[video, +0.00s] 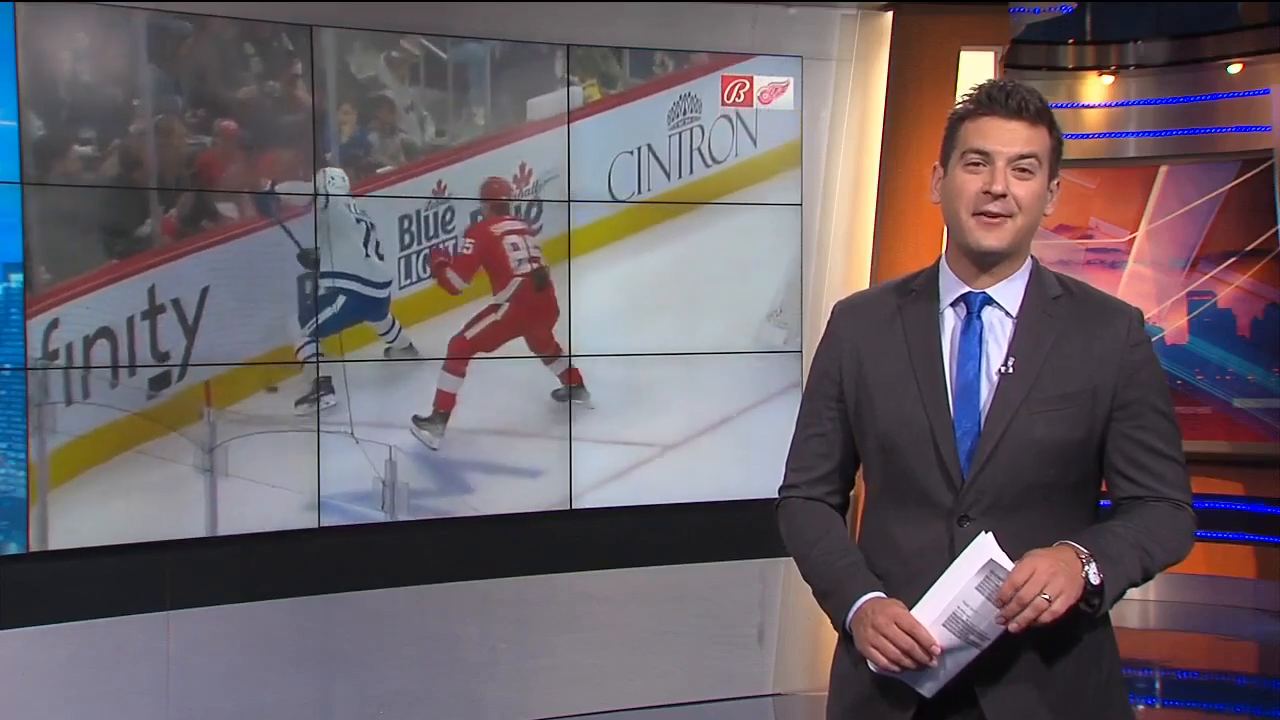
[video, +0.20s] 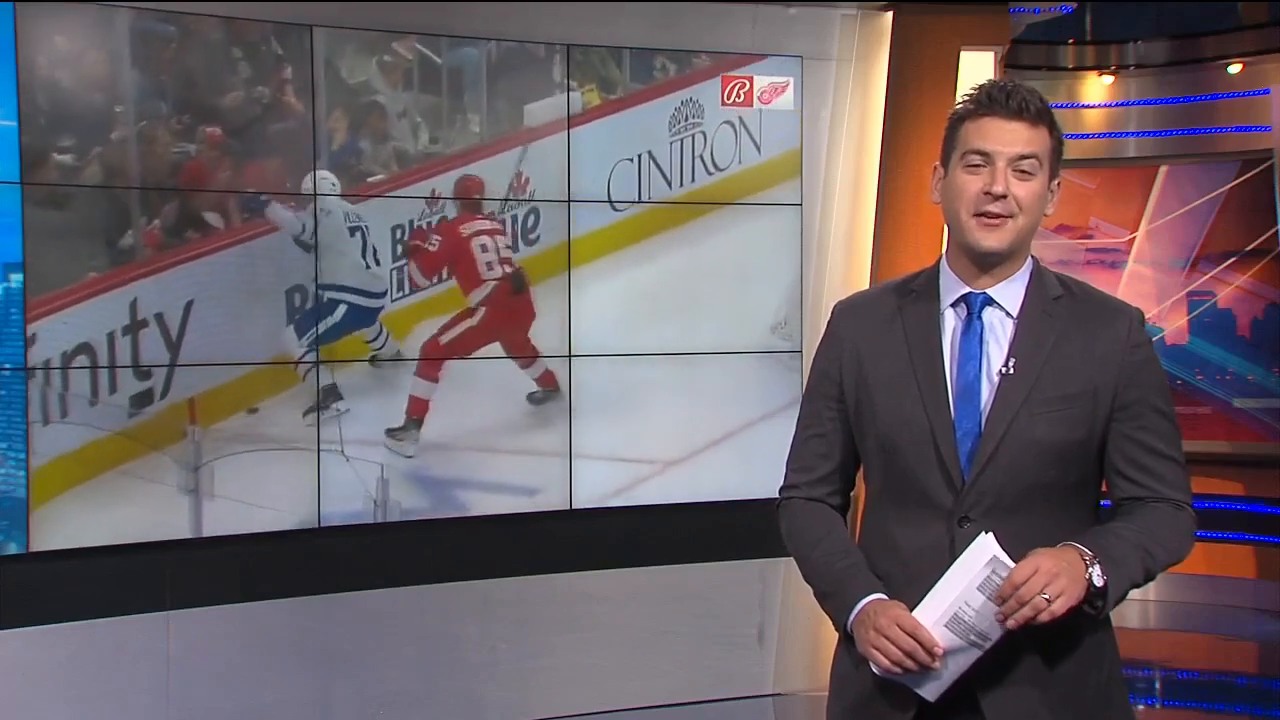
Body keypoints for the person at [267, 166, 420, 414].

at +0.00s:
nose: (314, 193)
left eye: (316, 189)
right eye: (315, 188)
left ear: (323, 189)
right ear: (345, 188)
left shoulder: (331, 205)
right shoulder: (362, 215)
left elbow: (308, 189)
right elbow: (357, 255)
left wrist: (273, 189)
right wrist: (321, 260)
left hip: (350, 298)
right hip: (380, 299)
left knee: (304, 334)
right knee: (380, 318)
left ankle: (321, 385)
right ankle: (405, 348)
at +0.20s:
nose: (306, 202)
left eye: (307, 197)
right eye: (306, 198)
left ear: (312, 195)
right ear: (336, 191)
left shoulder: (321, 210)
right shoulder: (354, 214)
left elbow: (297, 227)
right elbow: (339, 250)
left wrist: (267, 205)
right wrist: (308, 243)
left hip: (345, 305)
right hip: (375, 305)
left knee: (294, 337)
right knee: (364, 320)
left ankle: (326, 391)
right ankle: (391, 353)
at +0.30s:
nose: (301, 206)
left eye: (304, 201)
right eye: (301, 201)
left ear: (312, 198)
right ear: (333, 195)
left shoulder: (323, 217)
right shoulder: (354, 214)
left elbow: (293, 240)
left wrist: (263, 219)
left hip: (343, 308)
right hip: (372, 305)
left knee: (292, 344)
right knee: (356, 322)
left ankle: (329, 397)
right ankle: (384, 359)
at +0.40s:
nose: (303, 207)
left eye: (305, 202)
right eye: (303, 202)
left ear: (312, 200)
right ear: (331, 195)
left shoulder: (322, 223)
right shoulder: (350, 209)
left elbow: (294, 264)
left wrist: (268, 237)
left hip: (347, 306)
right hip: (372, 302)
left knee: (294, 344)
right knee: (354, 326)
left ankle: (336, 401)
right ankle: (376, 362)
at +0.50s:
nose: (306, 209)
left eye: (309, 203)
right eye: (305, 203)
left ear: (314, 202)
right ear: (332, 195)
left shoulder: (323, 229)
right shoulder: (348, 206)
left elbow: (294, 267)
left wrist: (268, 248)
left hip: (347, 305)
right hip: (372, 299)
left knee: (294, 348)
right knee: (351, 329)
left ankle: (341, 401)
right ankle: (372, 364)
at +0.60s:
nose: (311, 207)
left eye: (316, 200)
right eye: (309, 200)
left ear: (331, 196)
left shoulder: (332, 224)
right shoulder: (352, 207)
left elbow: (311, 276)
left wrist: (275, 262)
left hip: (356, 296)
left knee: (312, 343)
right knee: (349, 341)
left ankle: (359, 397)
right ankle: (369, 386)